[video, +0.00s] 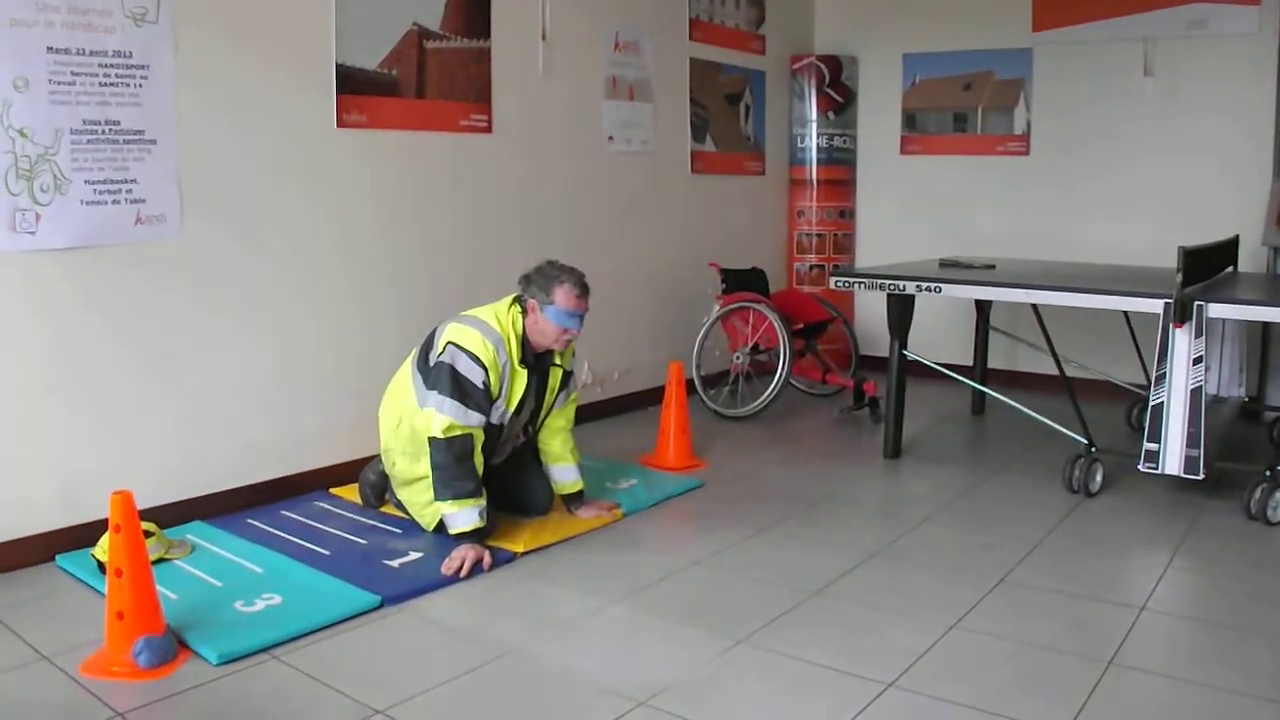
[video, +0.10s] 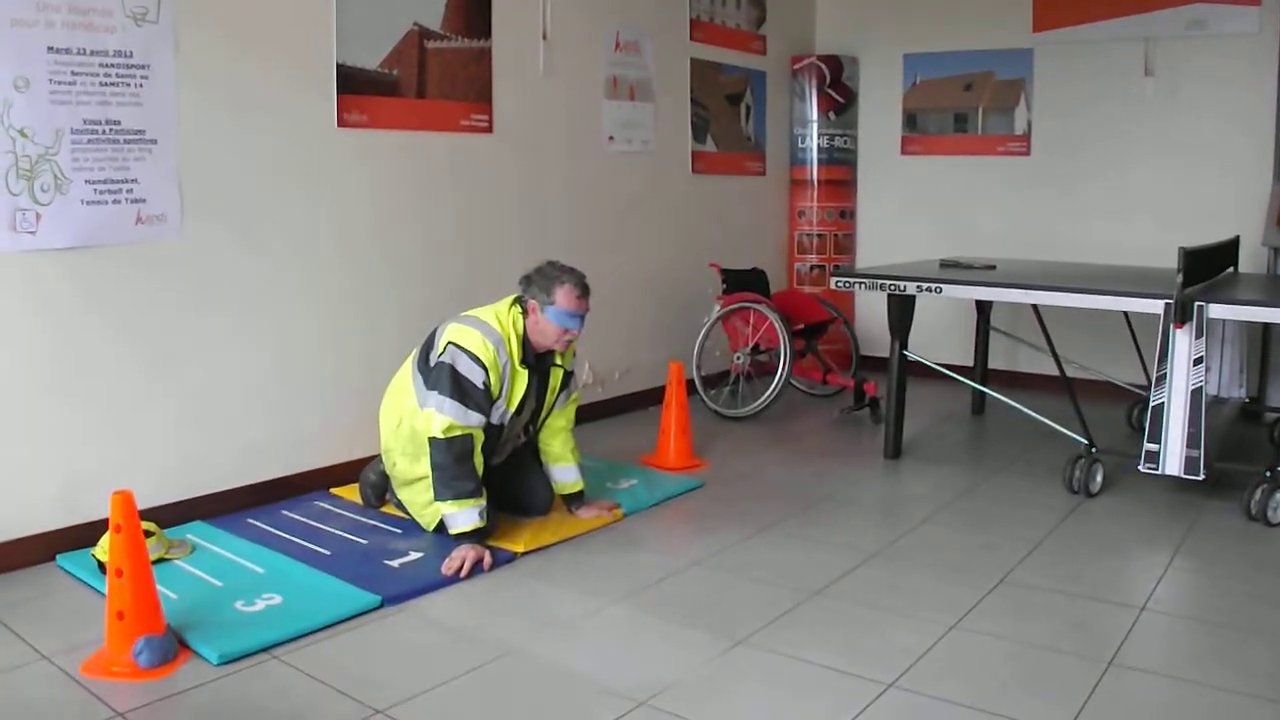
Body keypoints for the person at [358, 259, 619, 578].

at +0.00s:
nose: (574, 331)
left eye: (580, 321)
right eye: (566, 320)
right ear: (532, 309)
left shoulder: (559, 349)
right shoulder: (471, 346)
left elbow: (556, 425)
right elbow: (451, 442)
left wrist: (576, 500)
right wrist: (469, 538)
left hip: (492, 429)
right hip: (419, 438)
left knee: (536, 502)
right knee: (454, 525)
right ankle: (393, 476)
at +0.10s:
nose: (575, 332)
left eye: (580, 322)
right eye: (567, 320)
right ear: (532, 310)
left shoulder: (560, 349)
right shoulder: (472, 346)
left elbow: (556, 425)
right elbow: (451, 442)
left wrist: (576, 500)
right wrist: (469, 538)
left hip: (493, 429)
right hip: (420, 438)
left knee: (536, 502)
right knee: (455, 524)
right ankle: (393, 476)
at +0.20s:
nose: (576, 332)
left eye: (581, 322)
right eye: (568, 320)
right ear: (533, 310)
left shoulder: (560, 349)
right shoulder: (472, 346)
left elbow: (557, 424)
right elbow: (451, 442)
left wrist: (576, 499)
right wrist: (470, 538)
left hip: (493, 430)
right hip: (421, 438)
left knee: (536, 501)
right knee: (451, 522)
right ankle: (394, 473)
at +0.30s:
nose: (575, 330)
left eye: (581, 321)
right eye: (567, 319)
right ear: (533, 309)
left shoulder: (560, 348)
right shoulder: (472, 345)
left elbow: (557, 423)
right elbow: (451, 441)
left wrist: (576, 498)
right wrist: (469, 537)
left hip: (493, 429)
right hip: (420, 437)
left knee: (536, 501)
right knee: (453, 522)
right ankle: (393, 474)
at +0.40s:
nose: (576, 330)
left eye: (581, 320)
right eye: (567, 318)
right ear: (533, 308)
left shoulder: (560, 349)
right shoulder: (472, 345)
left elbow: (557, 423)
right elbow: (451, 440)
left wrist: (576, 498)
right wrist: (469, 536)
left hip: (493, 429)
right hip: (420, 437)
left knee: (536, 500)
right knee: (454, 521)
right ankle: (393, 474)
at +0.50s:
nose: (575, 331)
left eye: (580, 321)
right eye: (566, 319)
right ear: (532, 308)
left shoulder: (560, 349)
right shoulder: (472, 344)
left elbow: (557, 423)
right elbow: (450, 440)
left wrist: (576, 498)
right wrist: (469, 536)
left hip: (494, 428)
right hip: (420, 435)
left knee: (536, 500)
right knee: (455, 522)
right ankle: (393, 474)